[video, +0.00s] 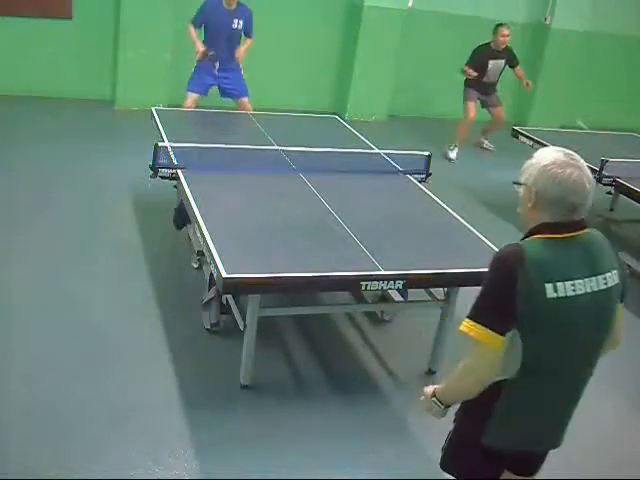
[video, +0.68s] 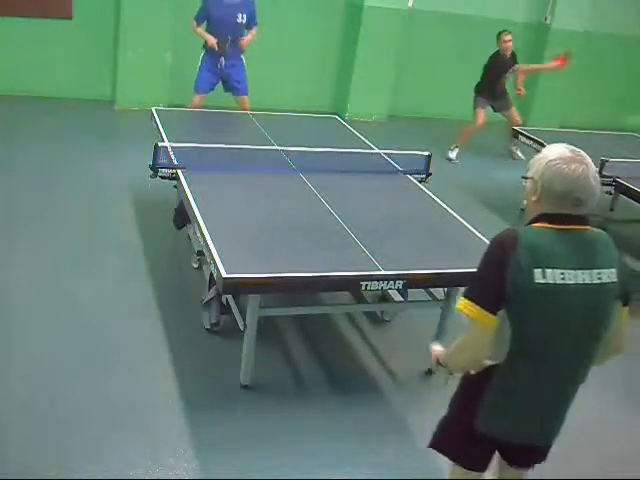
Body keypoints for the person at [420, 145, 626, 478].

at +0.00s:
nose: (519, 194)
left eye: (521, 186)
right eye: (520, 186)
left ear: (532, 197)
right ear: (580, 202)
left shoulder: (517, 260)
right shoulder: (601, 248)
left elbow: (484, 362)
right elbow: (611, 338)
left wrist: (441, 396)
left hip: (497, 415)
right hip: (555, 410)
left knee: (472, 471)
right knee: (520, 471)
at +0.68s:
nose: (524, 187)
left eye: (528, 180)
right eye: (527, 180)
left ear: (538, 190)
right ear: (585, 195)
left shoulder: (513, 244)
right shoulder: (604, 247)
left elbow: (478, 343)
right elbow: (614, 342)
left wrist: (446, 358)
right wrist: (571, 358)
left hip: (496, 389)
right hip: (555, 391)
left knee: (466, 470)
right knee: (513, 470)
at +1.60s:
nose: (431, 153)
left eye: (433, 147)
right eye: (432, 147)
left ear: (441, 151)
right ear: (475, 152)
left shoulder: (432, 185)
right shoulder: (503, 190)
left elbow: (415, 266)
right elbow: (528, 260)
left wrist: (394, 272)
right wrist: (499, 275)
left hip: (444, 315)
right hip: (486, 317)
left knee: (430, 413)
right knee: (438, 388)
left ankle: (430, 472)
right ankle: (425, 458)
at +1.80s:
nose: (417, 152)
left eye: (419, 147)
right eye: (417, 147)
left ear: (426, 150)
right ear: (463, 148)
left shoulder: (421, 183)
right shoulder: (493, 185)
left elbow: (405, 266)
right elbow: (518, 255)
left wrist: (386, 270)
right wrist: (483, 270)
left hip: (437, 313)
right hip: (479, 313)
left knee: (416, 419)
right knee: (427, 381)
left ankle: (418, 470)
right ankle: (416, 443)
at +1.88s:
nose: (410, 155)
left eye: (412, 150)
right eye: (411, 150)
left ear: (420, 152)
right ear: (456, 149)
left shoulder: (416, 184)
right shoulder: (488, 183)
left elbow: (399, 267)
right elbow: (515, 254)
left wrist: (383, 274)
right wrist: (482, 272)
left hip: (436, 307)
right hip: (479, 308)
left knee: (408, 407)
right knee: (423, 385)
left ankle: (410, 472)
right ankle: (426, 460)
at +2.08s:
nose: (390, 181)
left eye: (390, 172)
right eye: (389, 173)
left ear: (401, 169)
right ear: (431, 160)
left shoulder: (400, 199)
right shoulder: (474, 193)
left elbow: (373, 288)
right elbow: (498, 267)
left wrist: (359, 282)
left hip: (424, 329)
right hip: (469, 329)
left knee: (377, 428)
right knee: (421, 383)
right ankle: (424, 456)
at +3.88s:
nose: (494, 162)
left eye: (496, 156)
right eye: (496, 155)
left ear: (506, 164)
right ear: (546, 164)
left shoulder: (504, 207)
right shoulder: (563, 209)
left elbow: (486, 303)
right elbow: (539, 284)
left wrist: (454, 340)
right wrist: (480, 279)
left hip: (490, 348)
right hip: (528, 344)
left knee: (443, 443)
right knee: (486, 409)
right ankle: (489, 472)